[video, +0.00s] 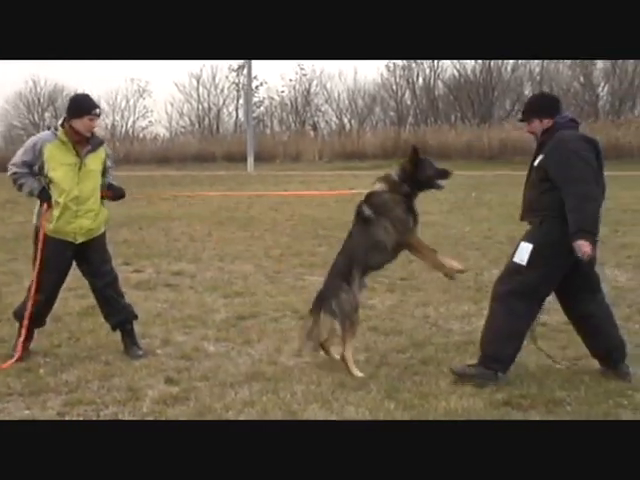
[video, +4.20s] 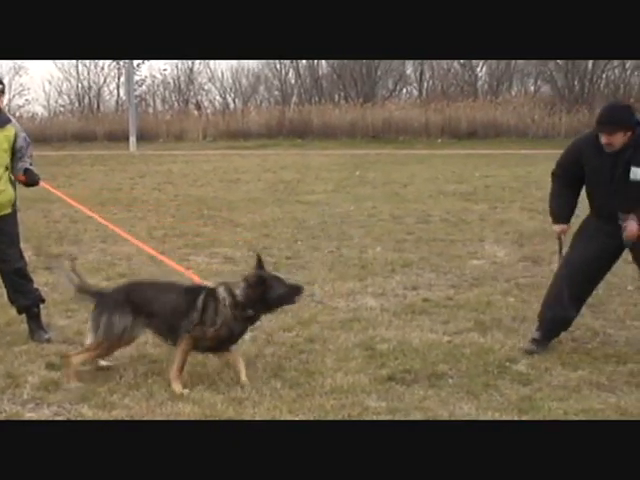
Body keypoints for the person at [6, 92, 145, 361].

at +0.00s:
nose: (94, 123)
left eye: (96, 118)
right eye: (90, 118)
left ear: (93, 120)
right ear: (72, 118)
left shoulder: (99, 148)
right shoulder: (43, 143)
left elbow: (105, 176)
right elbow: (17, 170)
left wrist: (109, 189)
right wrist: (40, 190)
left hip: (92, 232)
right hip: (57, 233)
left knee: (108, 284)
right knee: (45, 290)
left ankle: (129, 339)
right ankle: (24, 338)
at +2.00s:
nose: (68, 104)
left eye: (71, 100)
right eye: (63, 99)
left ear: (72, 102)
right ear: (47, 100)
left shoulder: (83, 134)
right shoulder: (20, 130)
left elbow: (99, 166)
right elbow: (3, 158)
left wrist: (113, 176)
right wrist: (18, 176)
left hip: (79, 215)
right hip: (39, 217)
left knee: (92, 269)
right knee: (41, 273)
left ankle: (111, 326)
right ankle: (46, 319)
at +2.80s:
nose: (79, 96)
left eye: (80, 91)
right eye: (75, 91)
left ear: (75, 93)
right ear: (58, 92)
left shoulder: (83, 124)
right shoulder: (25, 116)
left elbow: (91, 159)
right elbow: (2, 143)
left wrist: (109, 165)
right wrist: (19, 163)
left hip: (76, 205)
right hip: (37, 205)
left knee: (91, 259)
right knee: (26, 265)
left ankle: (112, 310)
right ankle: (9, 314)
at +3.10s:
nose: (45, 98)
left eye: (46, 93)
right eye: (40, 93)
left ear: (42, 94)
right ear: (22, 94)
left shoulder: (47, 126)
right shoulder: (3, 123)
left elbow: (52, 162)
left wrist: (69, 168)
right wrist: (2, 178)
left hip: (40, 207)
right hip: (7, 210)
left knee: (56, 260)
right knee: (0, 264)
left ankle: (79, 311)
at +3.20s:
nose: (37, 98)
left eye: (38, 93)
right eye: (32, 93)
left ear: (36, 95)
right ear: (14, 94)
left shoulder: (38, 125)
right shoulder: (3, 121)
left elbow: (43, 161)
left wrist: (58, 168)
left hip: (33, 207)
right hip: (5, 210)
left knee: (48, 260)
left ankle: (72, 311)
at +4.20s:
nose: (2, 102)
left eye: (2, 96)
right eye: (2, 97)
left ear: (4, 98)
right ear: (3, 99)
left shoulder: (11, 130)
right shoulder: (11, 131)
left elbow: (21, 157)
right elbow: (21, 157)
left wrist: (25, 172)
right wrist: (24, 171)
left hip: (6, 207)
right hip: (5, 208)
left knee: (13, 263)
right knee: (11, 263)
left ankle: (34, 319)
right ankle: (33, 318)